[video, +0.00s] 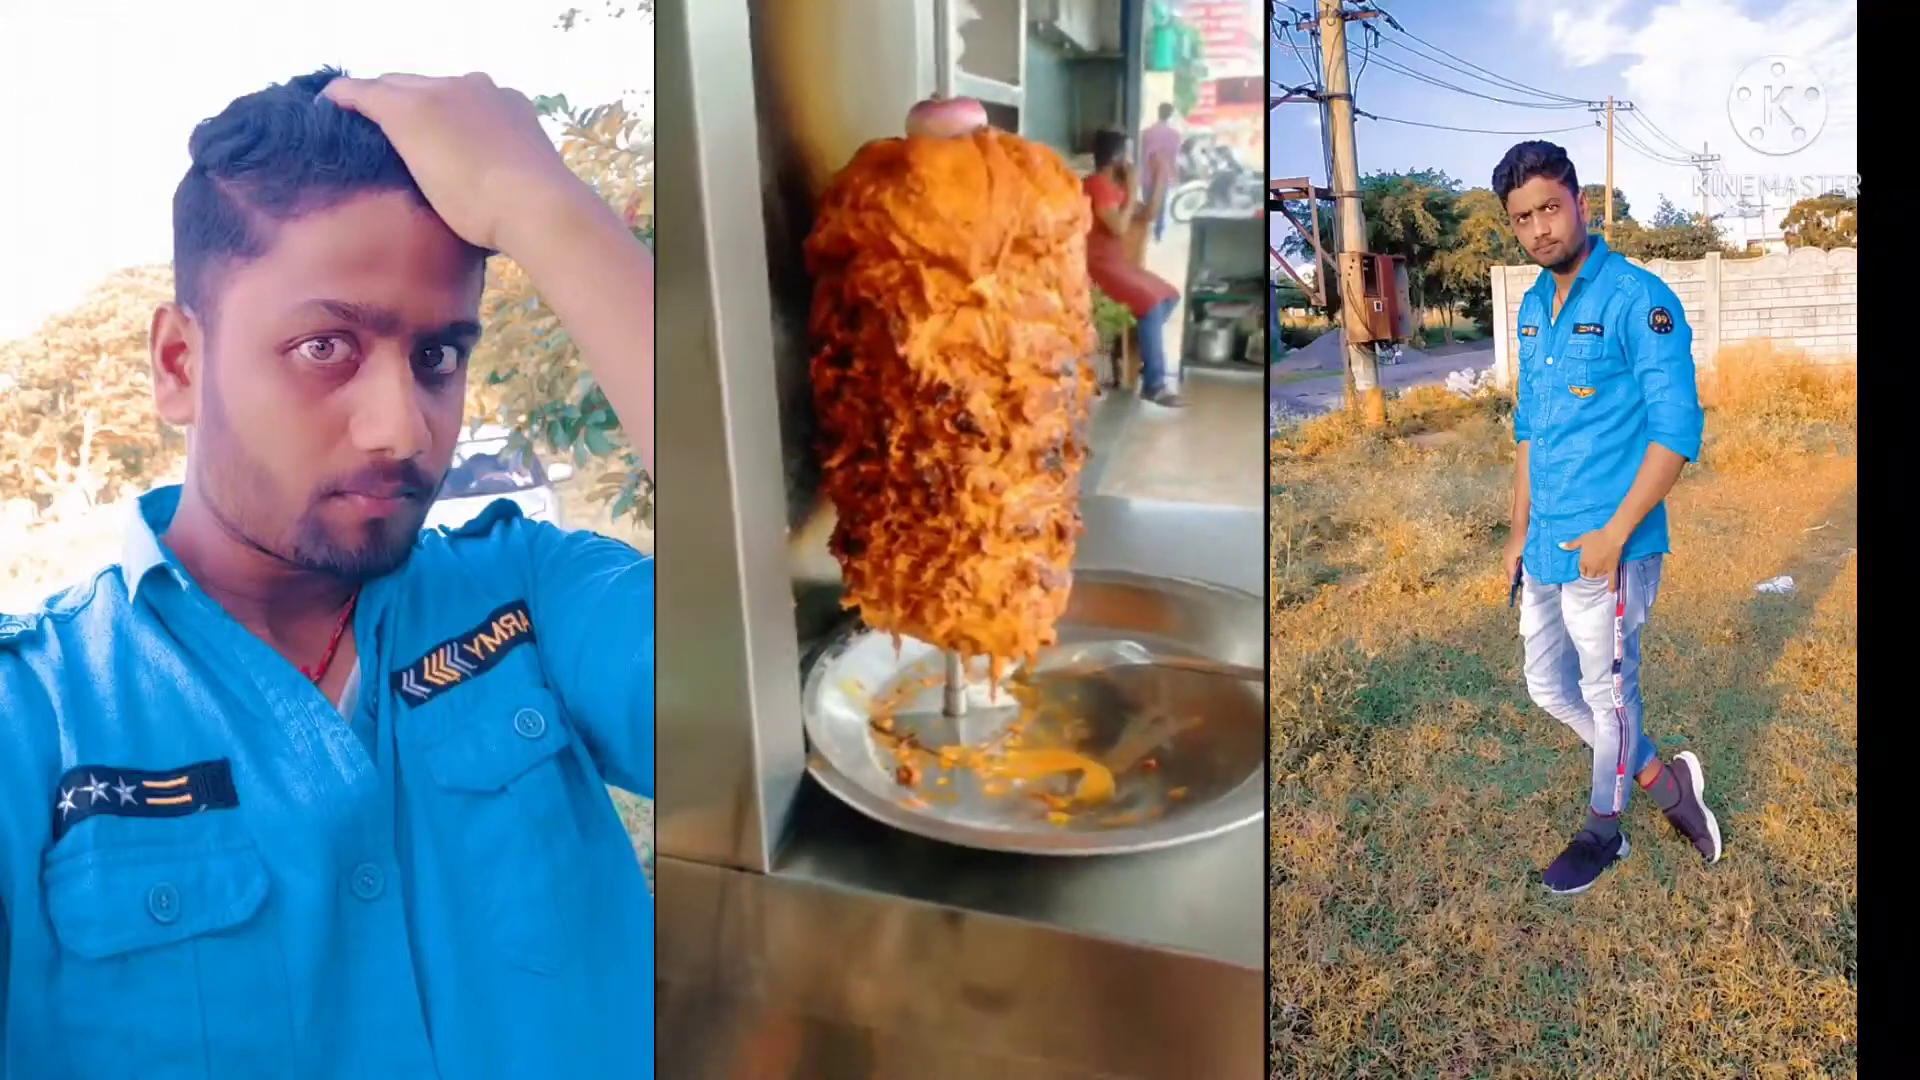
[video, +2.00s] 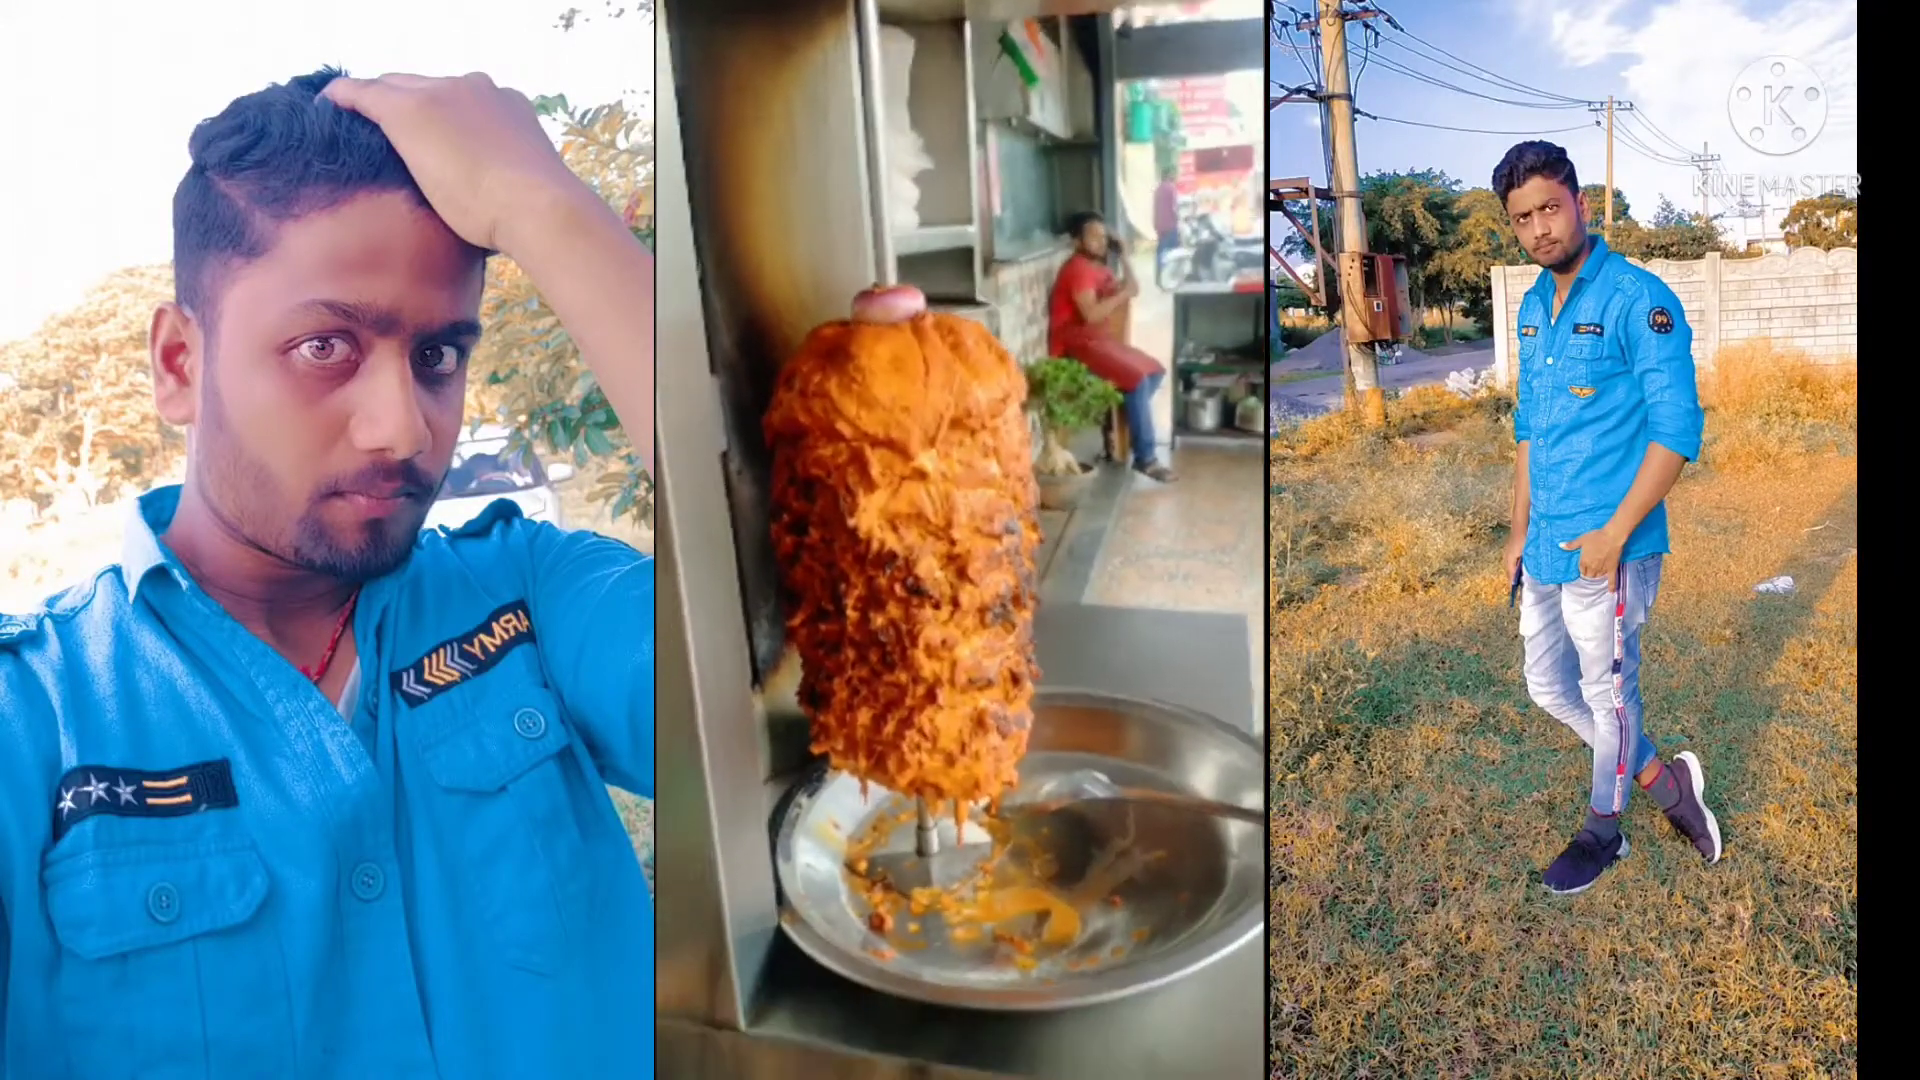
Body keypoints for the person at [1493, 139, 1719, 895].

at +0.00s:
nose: (1539, 228)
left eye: (1550, 208)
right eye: (1522, 218)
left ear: (1581, 203)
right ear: (1512, 228)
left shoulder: (1640, 298)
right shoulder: (1534, 306)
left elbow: (1677, 433)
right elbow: (1529, 431)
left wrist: (1615, 532)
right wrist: (1519, 530)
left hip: (1612, 538)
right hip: (1544, 539)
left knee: (1610, 691)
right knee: (1548, 684)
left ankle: (1603, 828)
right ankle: (1665, 778)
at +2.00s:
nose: (1539, 228)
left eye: (1550, 208)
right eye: (1523, 218)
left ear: (1582, 203)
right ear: (1513, 228)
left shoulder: (1640, 298)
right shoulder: (1534, 307)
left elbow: (1678, 432)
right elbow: (1529, 430)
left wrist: (1616, 531)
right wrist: (1519, 528)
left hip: (1611, 536)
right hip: (1544, 538)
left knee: (1610, 689)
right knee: (1549, 684)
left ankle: (1602, 828)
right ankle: (1665, 778)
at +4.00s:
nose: (1537, 229)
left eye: (1549, 208)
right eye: (1522, 218)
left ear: (1582, 202)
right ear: (1513, 228)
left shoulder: (1640, 298)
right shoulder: (1534, 306)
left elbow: (1678, 432)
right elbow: (1529, 431)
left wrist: (1616, 532)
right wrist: (1519, 529)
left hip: (1611, 537)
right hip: (1544, 538)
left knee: (1610, 690)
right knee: (1549, 684)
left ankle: (1602, 828)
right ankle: (1664, 778)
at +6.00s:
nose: (1537, 229)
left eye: (1548, 208)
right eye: (1522, 219)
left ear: (1582, 202)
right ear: (1513, 228)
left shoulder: (1641, 298)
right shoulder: (1534, 306)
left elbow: (1678, 432)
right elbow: (1529, 430)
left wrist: (1616, 532)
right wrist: (1519, 528)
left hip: (1612, 537)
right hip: (1544, 538)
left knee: (1609, 690)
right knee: (1549, 685)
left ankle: (1602, 828)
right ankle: (1665, 777)